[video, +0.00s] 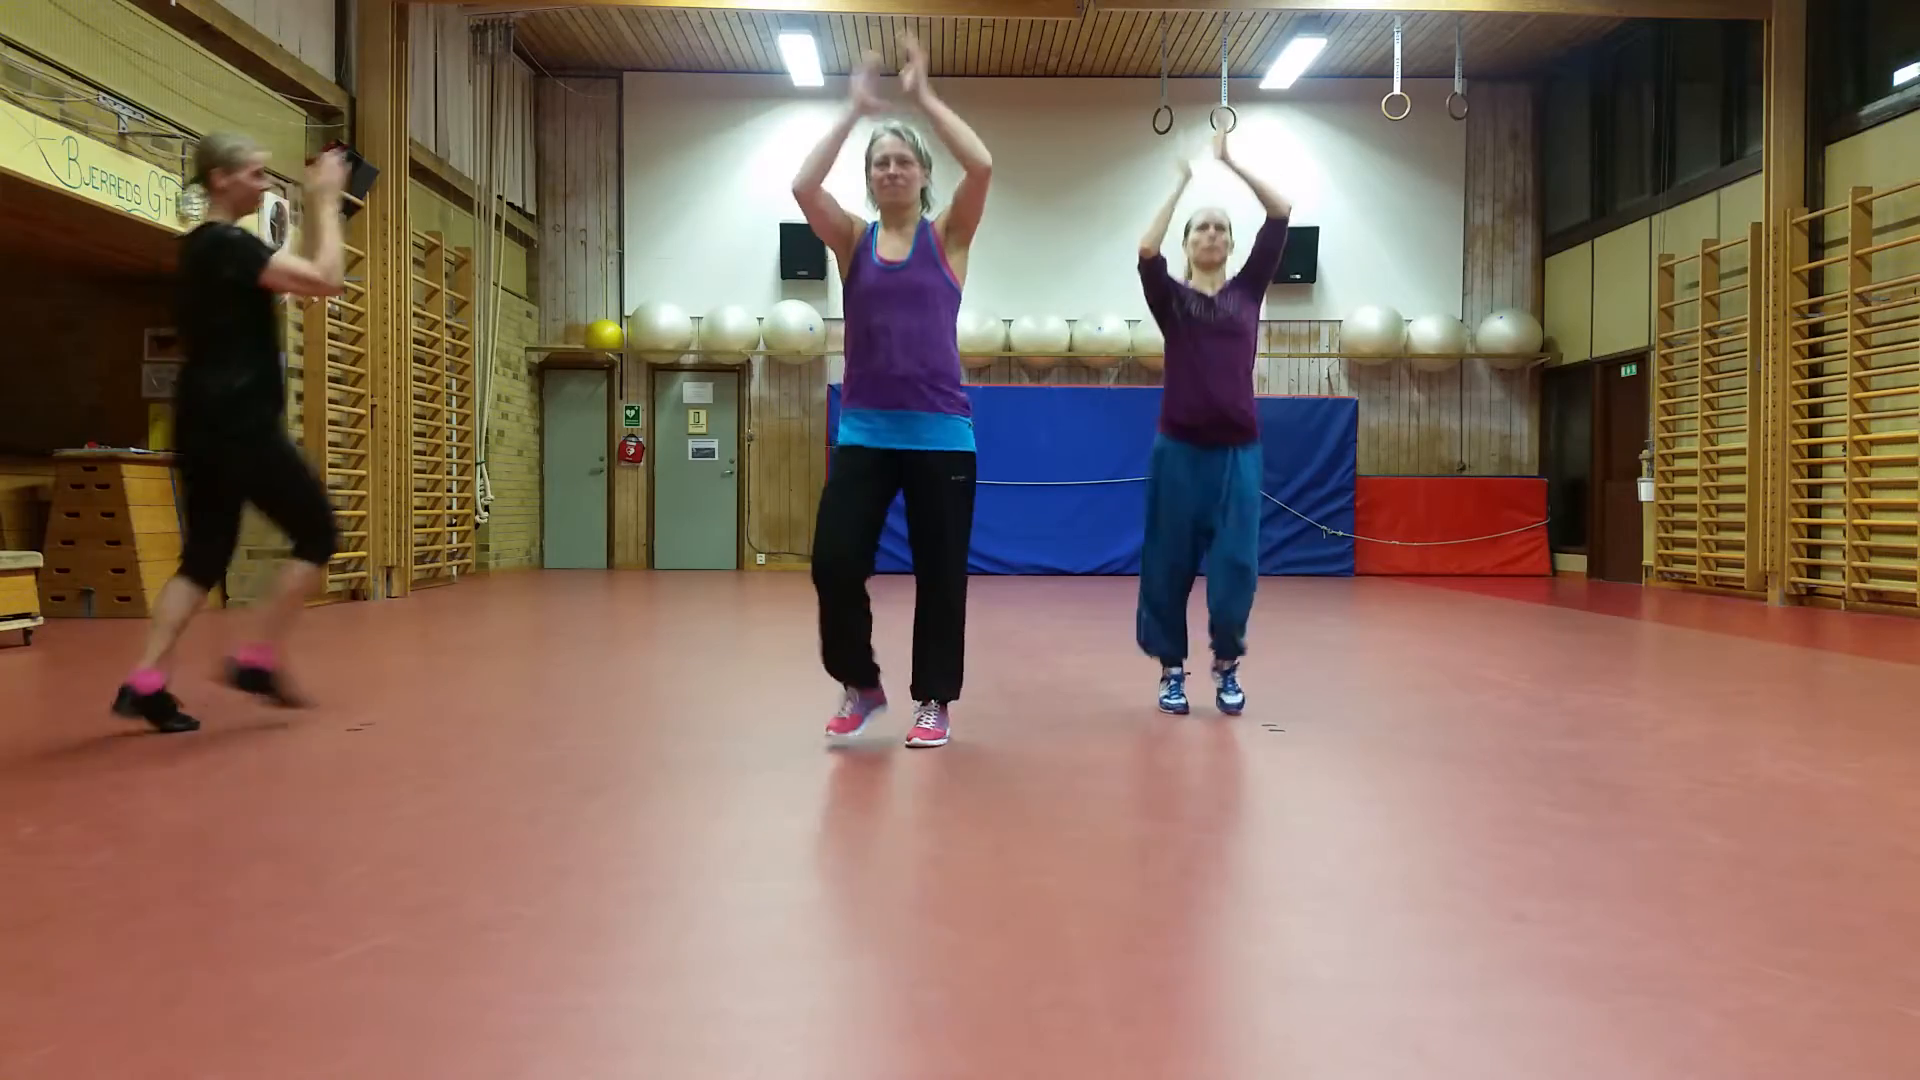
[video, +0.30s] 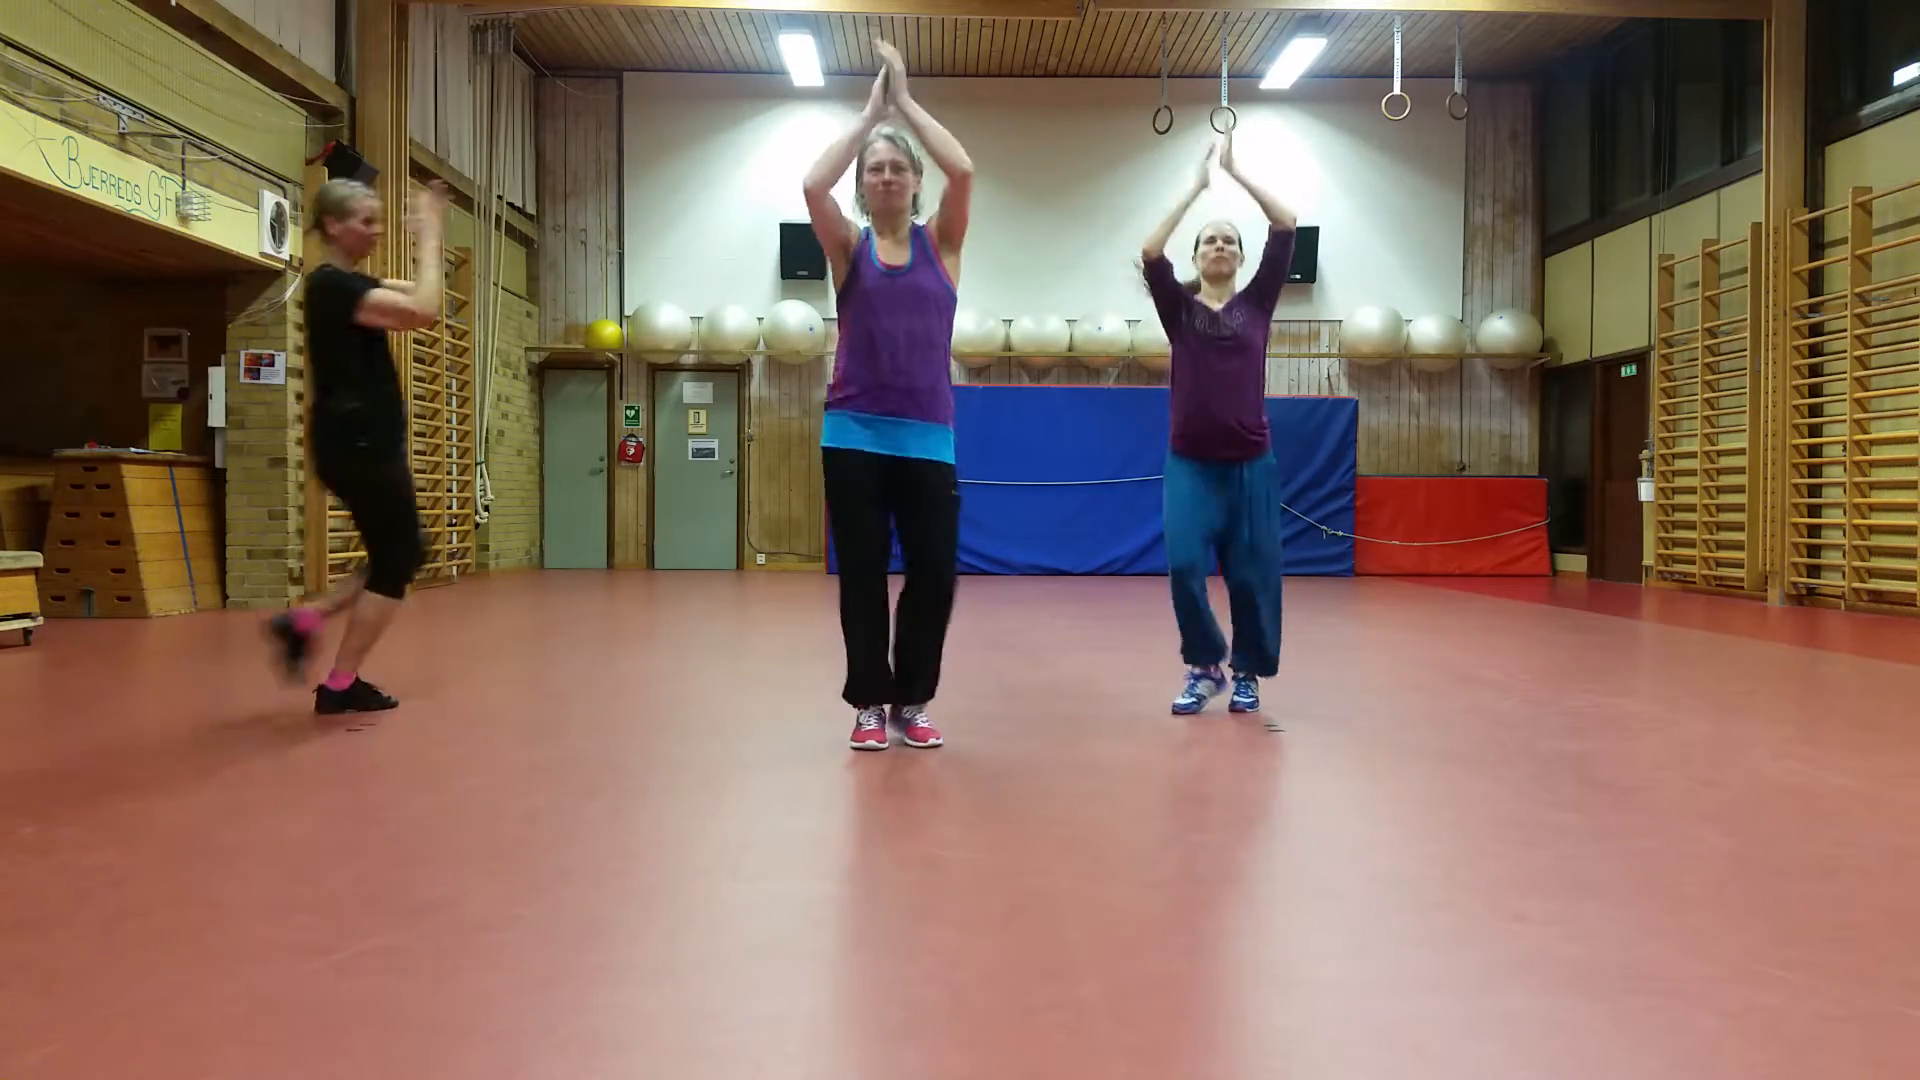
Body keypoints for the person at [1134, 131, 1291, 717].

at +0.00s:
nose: (1210, 236)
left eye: (1219, 230)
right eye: (1201, 230)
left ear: (1230, 245)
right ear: (1186, 244)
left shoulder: (1246, 293)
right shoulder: (1171, 299)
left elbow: (1281, 211)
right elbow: (1146, 254)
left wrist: (1230, 159)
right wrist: (1177, 190)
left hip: (1238, 450)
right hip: (1180, 448)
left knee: (1237, 562)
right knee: (1170, 561)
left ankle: (1227, 666)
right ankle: (1173, 669)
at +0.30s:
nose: (1221, 247)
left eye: (1229, 243)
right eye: (1210, 242)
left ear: (1241, 260)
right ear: (1195, 258)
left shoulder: (1255, 306)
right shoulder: (1180, 309)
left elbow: (1286, 223)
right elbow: (1149, 255)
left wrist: (1234, 171)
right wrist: (1193, 191)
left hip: (1250, 461)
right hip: (1190, 461)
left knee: (1252, 572)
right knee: (1183, 565)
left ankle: (1246, 673)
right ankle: (1205, 669)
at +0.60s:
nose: (1210, 250)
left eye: (1219, 245)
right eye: (1200, 245)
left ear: (1232, 261)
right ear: (1187, 261)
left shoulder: (1246, 308)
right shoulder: (1174, 312)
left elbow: (1274, 231)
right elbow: (1148, 260)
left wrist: (1218, 188)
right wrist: (1194, 199)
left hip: (1234, 463)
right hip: (1177, 459)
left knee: (1227, 575)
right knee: (1174, 566)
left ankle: (1208, 668)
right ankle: (1171, 669)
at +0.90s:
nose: (1219, 228)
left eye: (1228, 223)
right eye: (1211, 222)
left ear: (1240, 238)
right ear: (1197, 236)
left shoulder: (1255, 283)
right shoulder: (1182, 287)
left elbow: (1293, 208)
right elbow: (1160, 246)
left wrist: (1245, 158)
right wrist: (1202, 180)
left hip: (1255, 440)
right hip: (1196, 441)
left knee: (1259, 555)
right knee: (1192, 554)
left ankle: (1253, 663)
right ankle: (1196, 661)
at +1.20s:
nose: (1233, 234)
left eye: (1240, 229)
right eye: (1222, 229)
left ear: (1252, 243)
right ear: (1206, 242)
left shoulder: (1265, 295)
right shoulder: (1192, 300)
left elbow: (1307, 224)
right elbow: (1161, 249)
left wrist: (1266, 165)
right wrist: (1199, 184)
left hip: (1260, 449)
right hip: (1201, 448)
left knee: (1268, 560)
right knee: (1192, 552)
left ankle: (1264, 669)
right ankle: (1196, 658)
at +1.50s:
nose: (1218, 249)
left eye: (1227, 243)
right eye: (1209, 243)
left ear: (1240, 255)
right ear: (1194, 255)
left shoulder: (1254, 305)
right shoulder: (1180, 309)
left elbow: (1298, 234)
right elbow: (1155, 249)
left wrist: (1257, 177)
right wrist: (1205, 185)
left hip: (1247, 464)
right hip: (1187, 460)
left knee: (1261, 573)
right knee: (1177, 570)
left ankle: (1230, 670)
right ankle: (1179, 674)